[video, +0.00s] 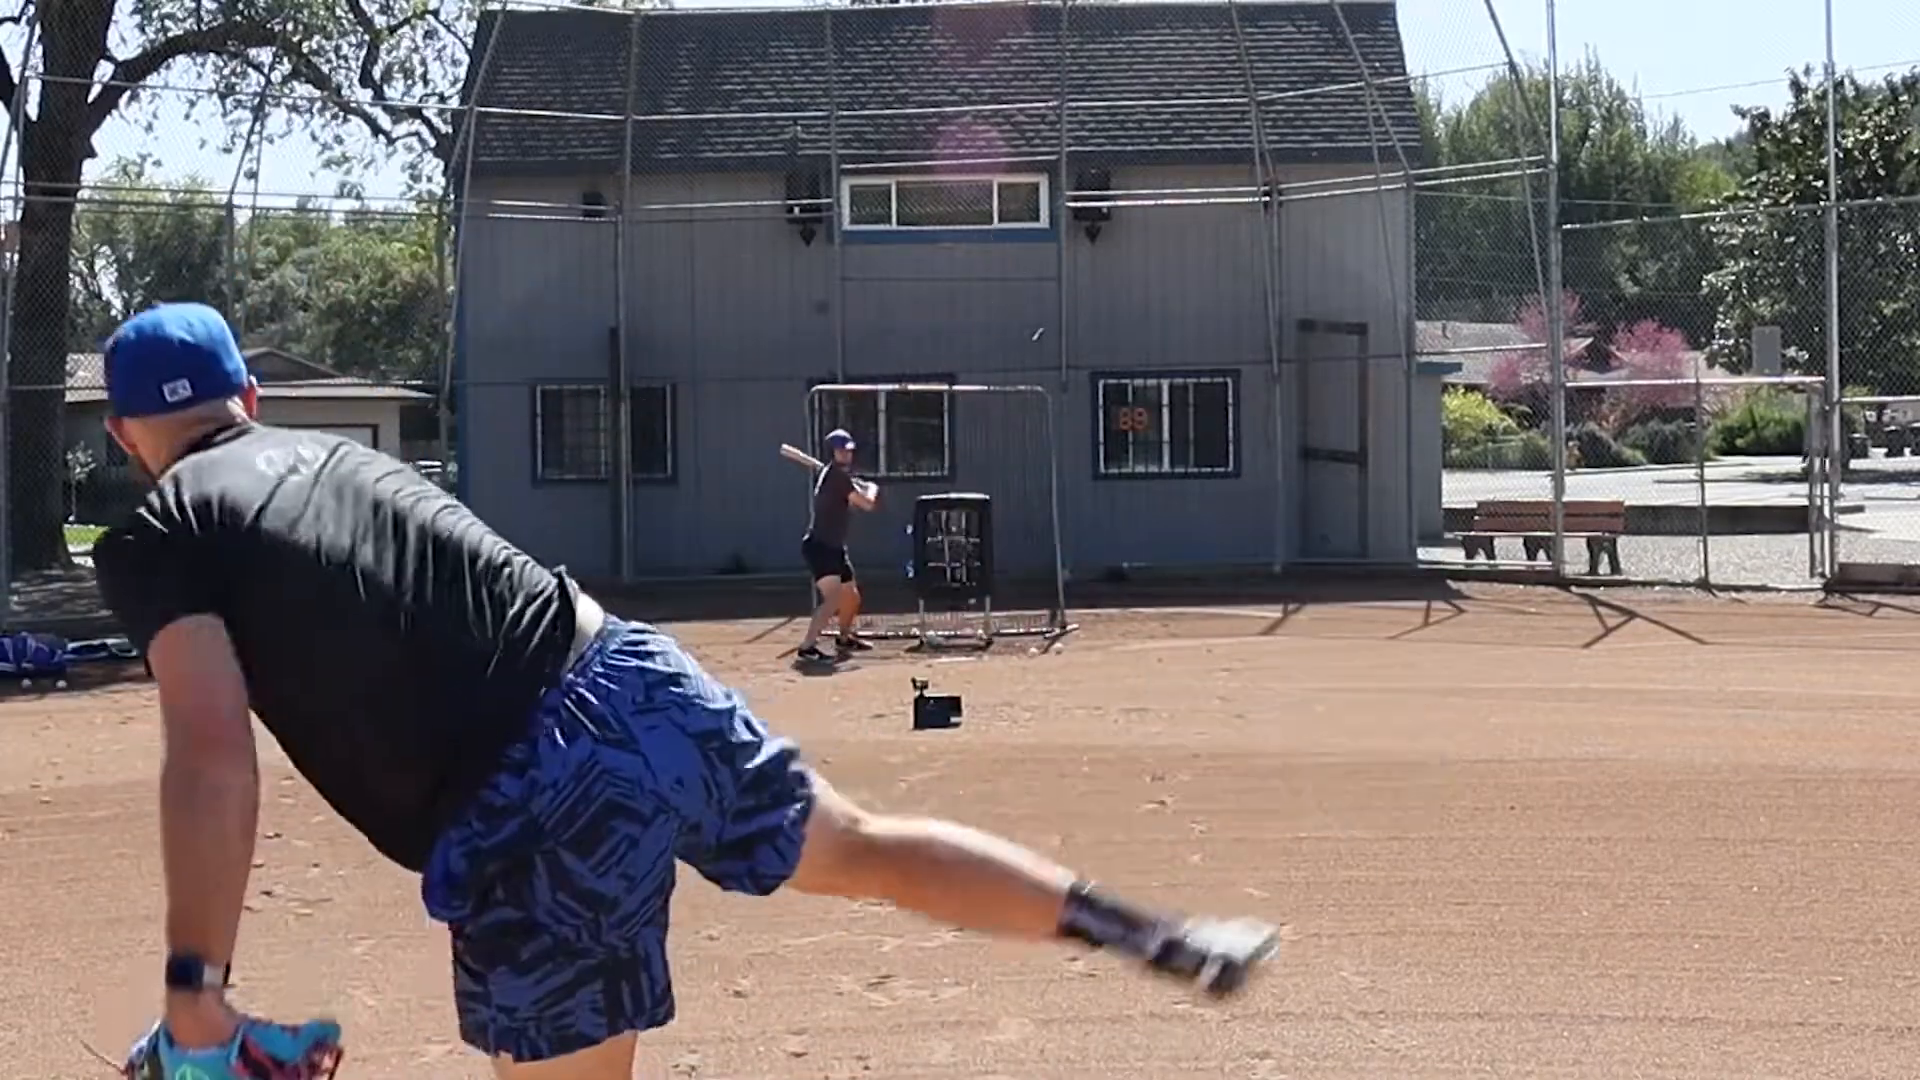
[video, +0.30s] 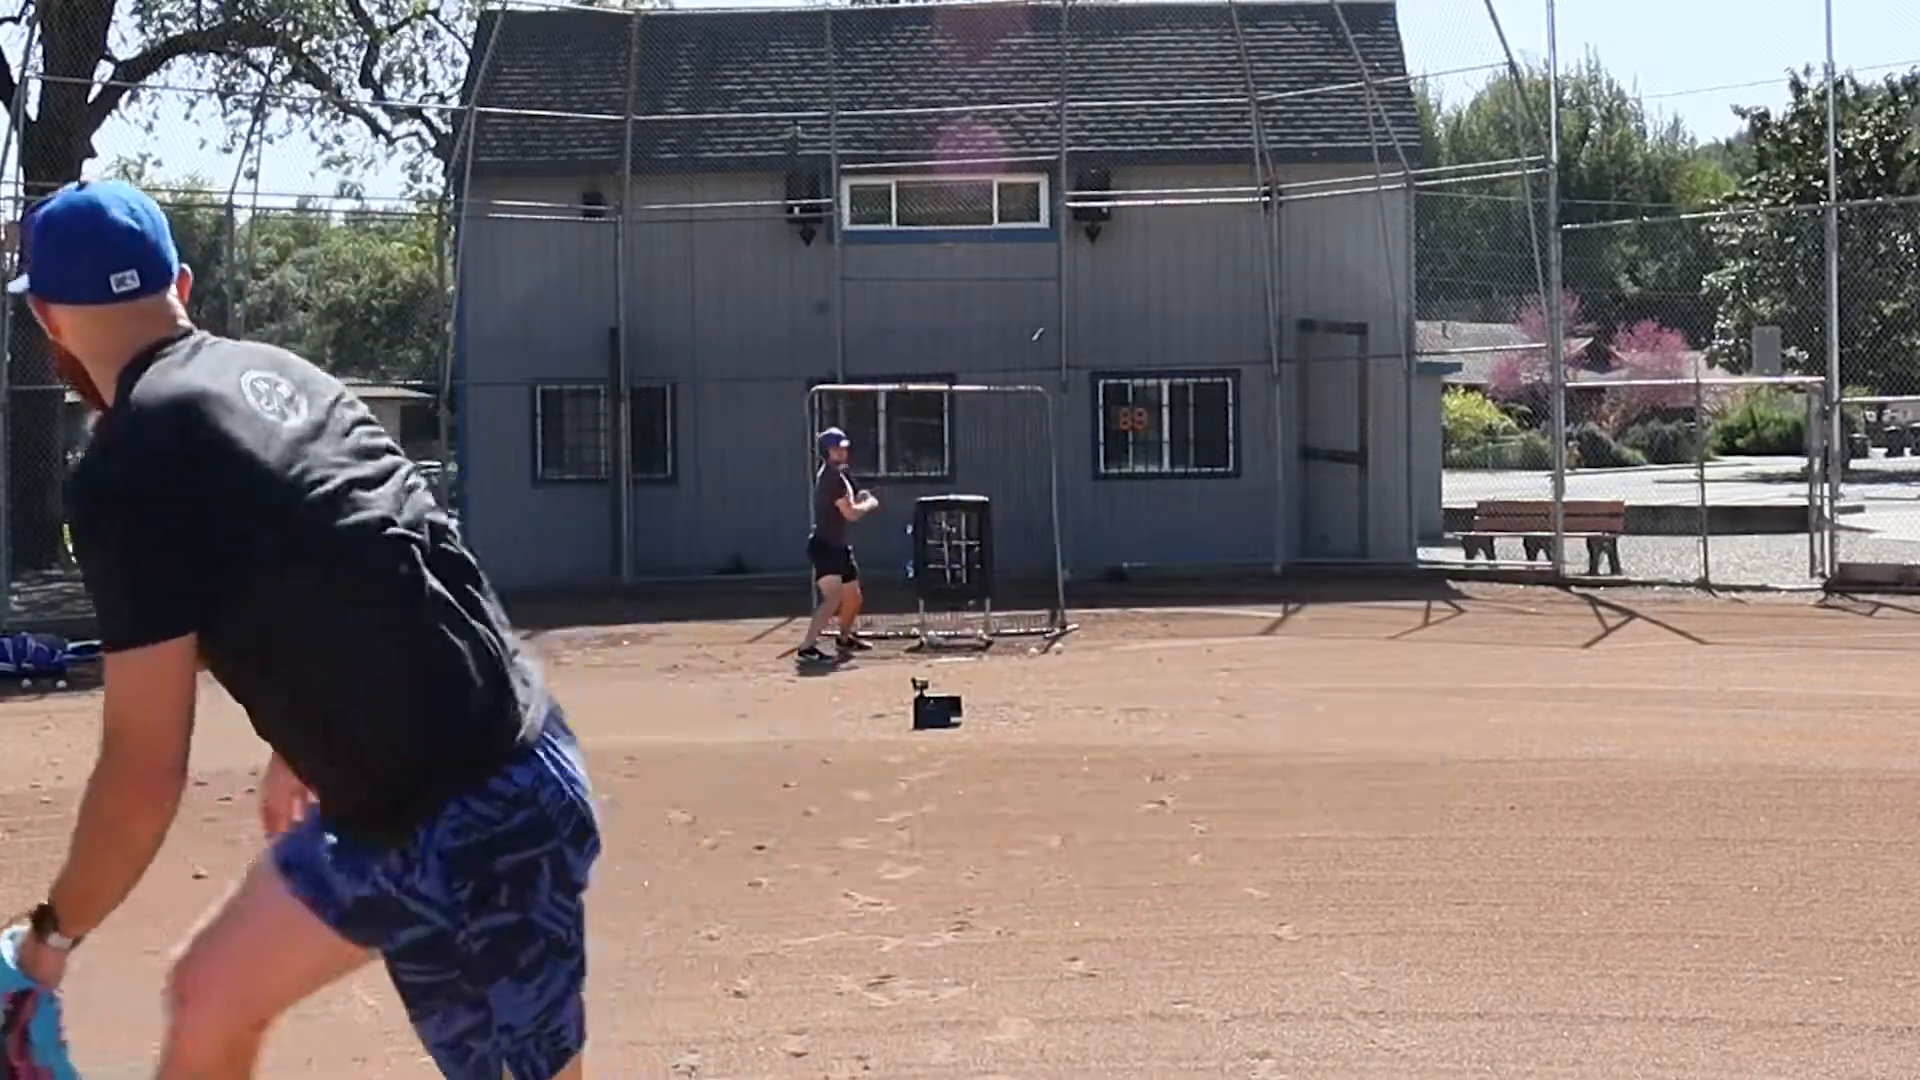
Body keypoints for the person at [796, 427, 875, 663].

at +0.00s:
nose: (847, 455)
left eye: (849, 450)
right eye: (842, 451)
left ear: (852, 452)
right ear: (833, 452)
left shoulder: (833, 473)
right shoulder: (837, 476)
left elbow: (850, 497)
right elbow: (866, 504)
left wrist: (861, 491)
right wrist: (872, 492)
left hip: (834, 544)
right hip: (819, 544)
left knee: (851, 597)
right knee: (833, 596)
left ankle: (845, 637)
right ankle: (808, 645)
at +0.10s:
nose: (844, 453)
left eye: (845, 448)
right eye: (840, 449)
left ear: (845, 449)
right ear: (830, 451)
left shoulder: (831, 469)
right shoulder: (834, 475)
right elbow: (860, 505)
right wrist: (871, 493)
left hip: (837, 544)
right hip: (822, 544)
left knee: (852, 597)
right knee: (834, 596)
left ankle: (845, 636)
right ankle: (808, 645)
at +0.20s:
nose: (844, 453)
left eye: (845, 448)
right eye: (839, 449)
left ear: (845, 450)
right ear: (829, 451)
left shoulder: (836, 472)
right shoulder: (832, 475)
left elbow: (850, 497)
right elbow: (854, 510)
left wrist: (857, 493)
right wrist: (870, 497)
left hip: (839, 545)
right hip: (824, 544)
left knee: (853, 597)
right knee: (833, 596)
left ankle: (845, 636)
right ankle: (808, 645)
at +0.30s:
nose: (844, 453)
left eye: (845, 448)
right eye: (840, 449)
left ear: (845, 449)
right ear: (829, 451)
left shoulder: (841, 473)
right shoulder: (831, 476)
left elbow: (852, 500)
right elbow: (850, 513)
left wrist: (861, 499)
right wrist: (867, 504)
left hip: (839, 544)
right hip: (823, 544)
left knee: (853, 597)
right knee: (833, 596)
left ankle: (844, 636)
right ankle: (808, 645)